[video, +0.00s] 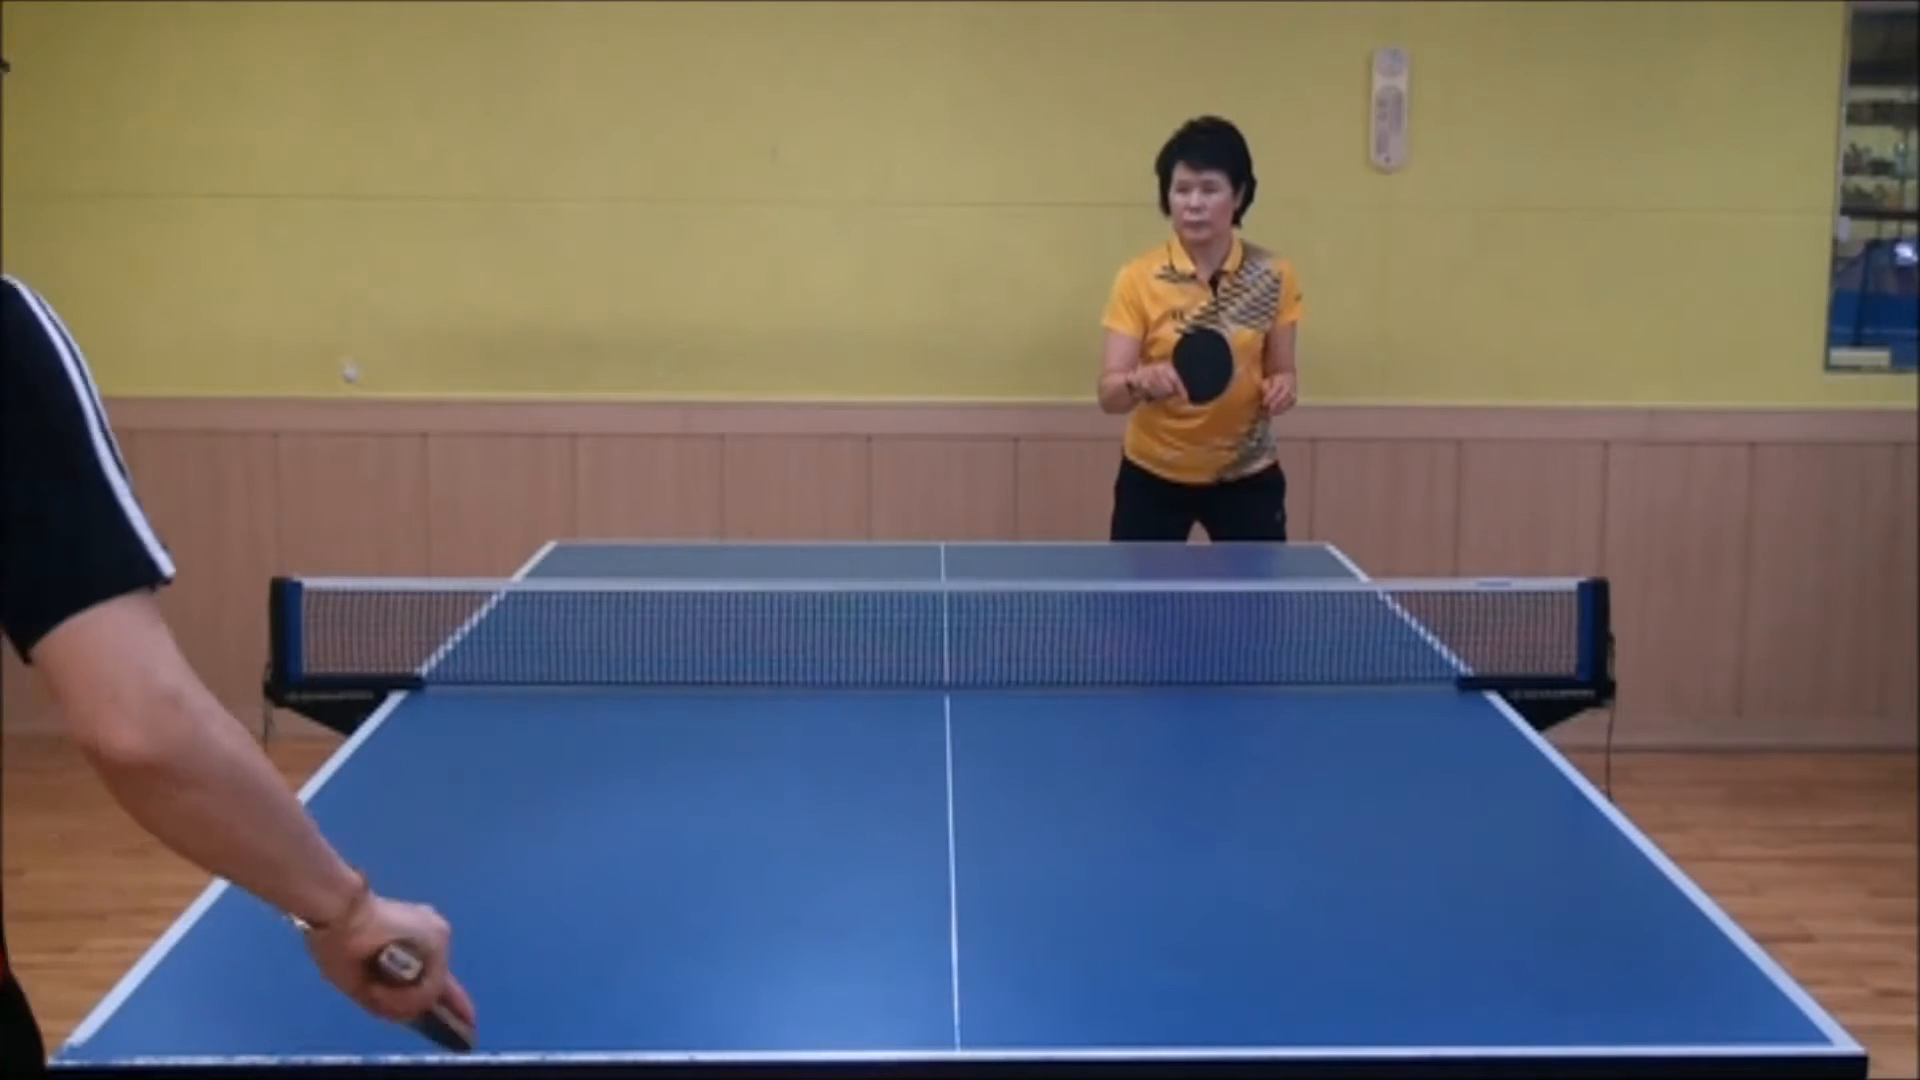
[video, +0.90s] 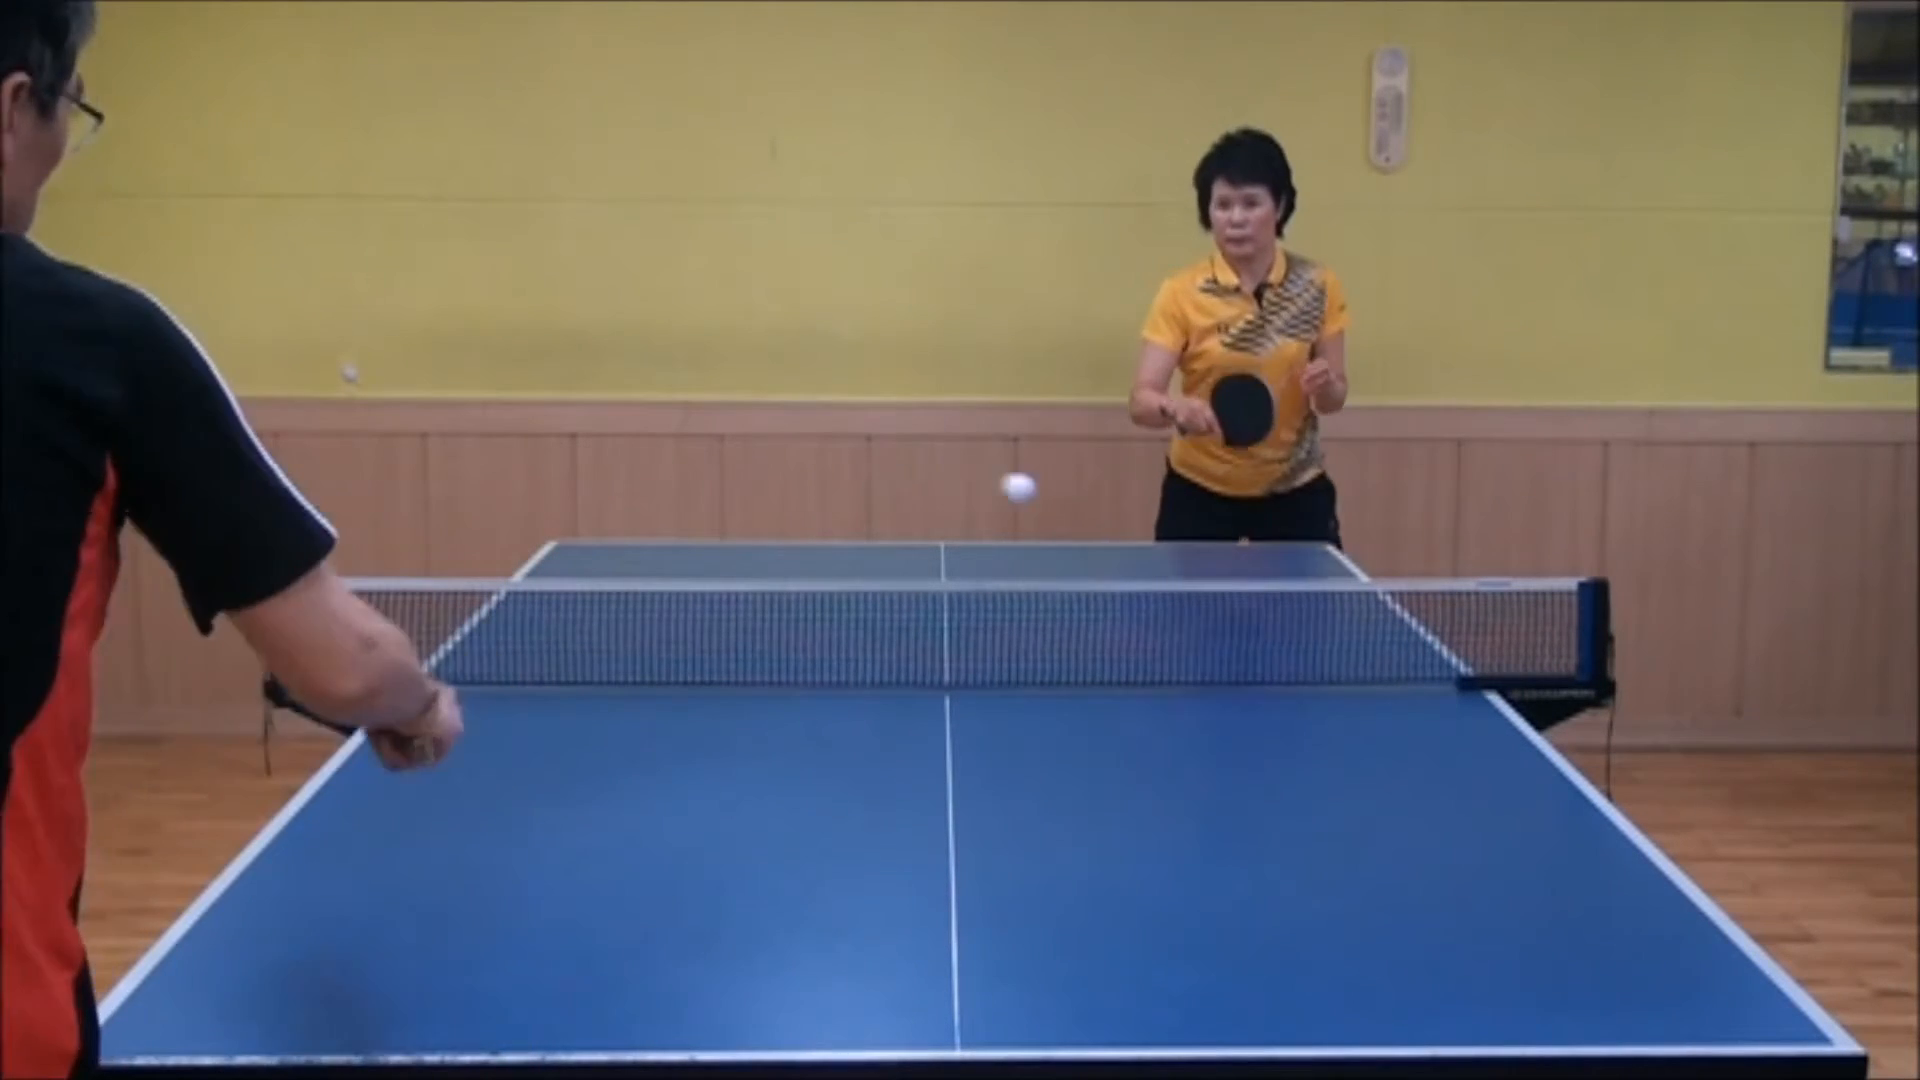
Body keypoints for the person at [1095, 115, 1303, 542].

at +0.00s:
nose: (1193, 203)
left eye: (1209, 189)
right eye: (1182, 189)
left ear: (1239, 196)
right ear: (1166, 196)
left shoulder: (1273, 279)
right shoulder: (1139, 280)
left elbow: (1282, 372)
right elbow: (1110, 395)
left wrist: (1280, 388)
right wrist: (1139, 382)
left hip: (1245, 482)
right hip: (1154, 479)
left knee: (1261, 600)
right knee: (1135, 600)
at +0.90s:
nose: (1236, 219)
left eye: (1251, 204)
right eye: (1223, 205)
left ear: (1280, 208)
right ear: (1207, 212)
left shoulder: (1318, 290)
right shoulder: (1181, 295)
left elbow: (1331, 402)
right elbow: (1142, 401)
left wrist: (1323, 383)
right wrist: (1174, 408)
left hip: (1293, 496)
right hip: (1199, 495)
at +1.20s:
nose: (1308, 259)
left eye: (1322, 243)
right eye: (1294, 245)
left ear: (1348, 243)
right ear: (1274, 249)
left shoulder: (1375, 317)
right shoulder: (1247, 322)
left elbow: (1374, 420)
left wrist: (1402, 422)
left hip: (1333, 513)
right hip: (1241, 512)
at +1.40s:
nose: (1305, 283)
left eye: (1320, 269)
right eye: (1291, 271)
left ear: (1347, 274)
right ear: (1271, 279)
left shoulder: (1364, 353)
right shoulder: (1246, 354)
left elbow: (1367, 453)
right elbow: (1212, 445)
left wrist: (1395, 447)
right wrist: (1246, 473)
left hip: (1314, 531)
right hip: (1226, 528)